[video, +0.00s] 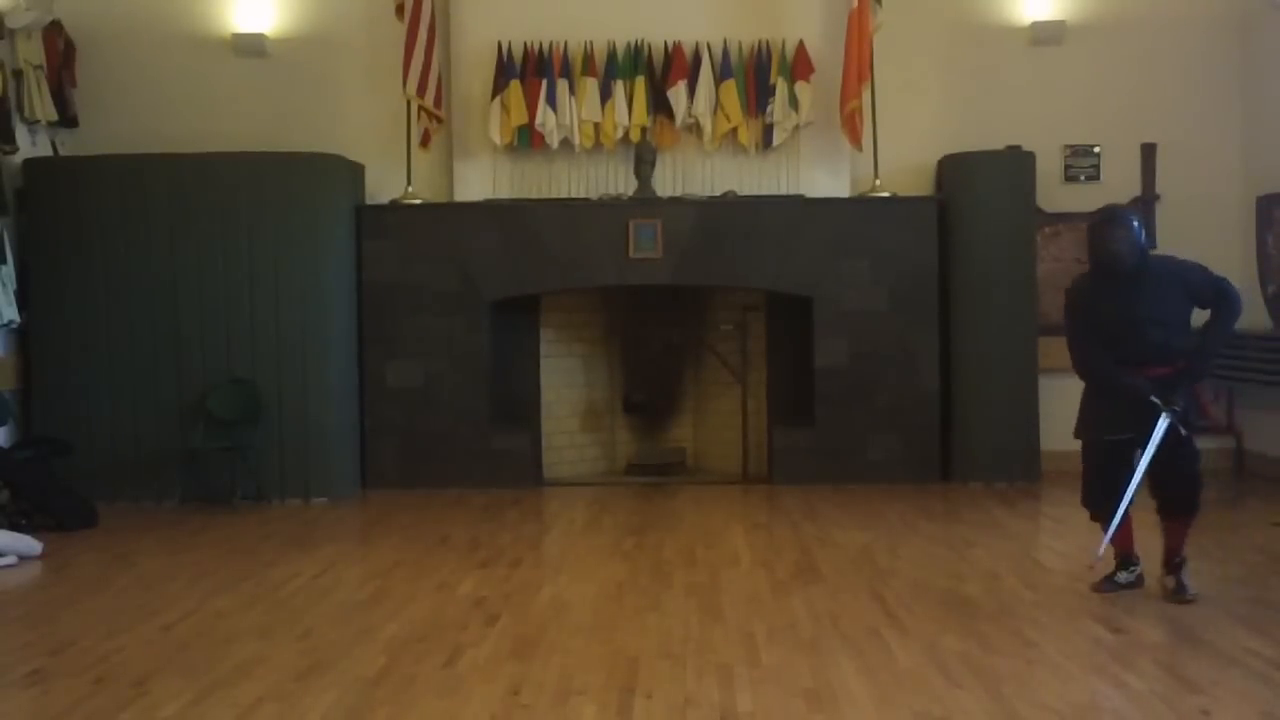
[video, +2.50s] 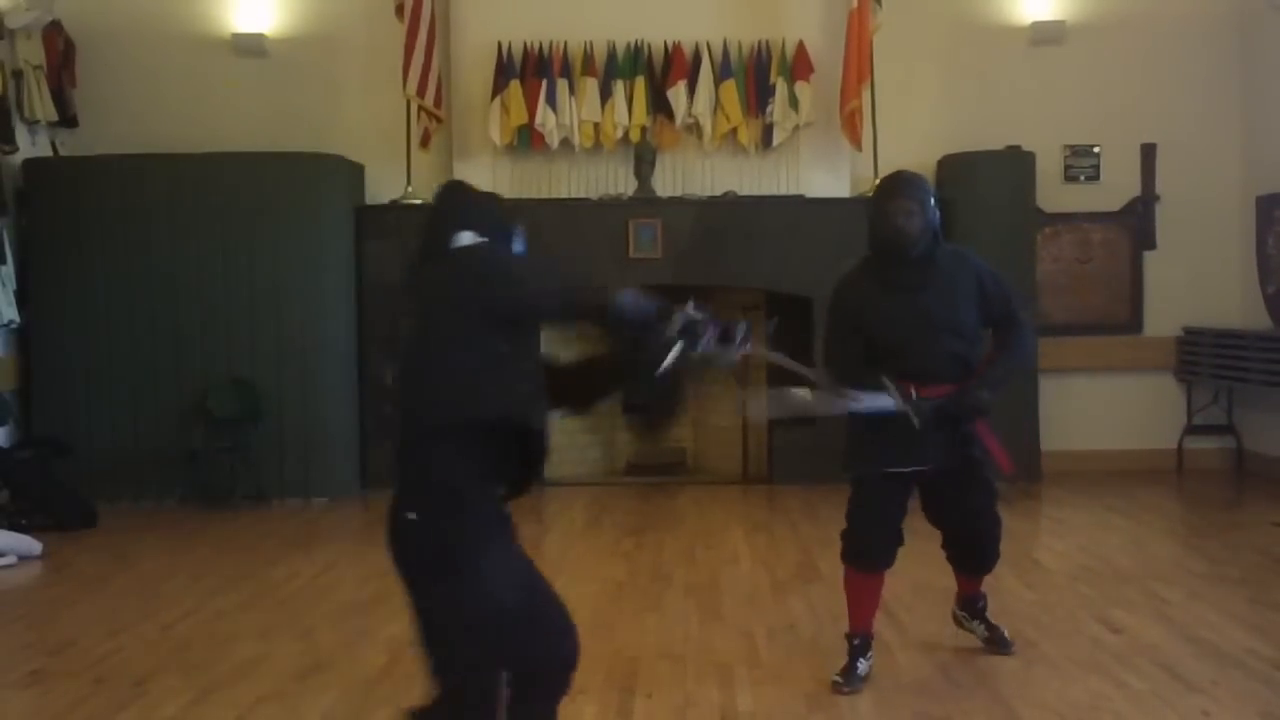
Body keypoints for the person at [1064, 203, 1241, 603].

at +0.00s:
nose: (1116, 250)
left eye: (1123, 240)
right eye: (1107, 242)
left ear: (1140, 239)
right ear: (1095, 246)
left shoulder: (1171, 274)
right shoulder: (1083, 293)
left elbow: (1228, 300)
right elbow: (1086, 362)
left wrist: (1193, 365)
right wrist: (1142, 389)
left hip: (1168, 398)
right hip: (1109, 401)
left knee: (1180, 487)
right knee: (1105, 490)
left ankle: (1174, 569)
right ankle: (1127, 566)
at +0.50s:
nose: (1092, 244)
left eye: (1102, 235)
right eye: (1084, 235)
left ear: (1124, 235)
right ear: (1073, 236)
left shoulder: (1155, 275)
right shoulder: (1059, 284)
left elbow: (1201, 314)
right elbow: (1049, 357)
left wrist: (1172, 372)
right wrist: (1105, 398)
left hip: (1129, 404)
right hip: (1068, 401)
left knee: (1123, 500)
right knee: (1042, 493)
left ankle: (1119, 587)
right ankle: (1076, 549)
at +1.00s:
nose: (1024, 260)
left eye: (1029, 249)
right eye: (1012, 252)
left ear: (1046, 245)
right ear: (996, 255)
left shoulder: (1075, 291)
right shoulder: (980, 305)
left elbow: (1118, 330)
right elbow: (978, 387)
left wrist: (1095, 394)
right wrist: (1035, 426)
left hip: (1064, 419)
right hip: (998, 419)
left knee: (1096, 514)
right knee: (960, 506)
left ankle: (1110, 587)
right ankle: (942, 610)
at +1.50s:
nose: (945, 238)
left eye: (953, 227)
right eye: (935, 229)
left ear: (973, 225)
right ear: (921, 232)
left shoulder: (1008, 267)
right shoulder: (908, 285)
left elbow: (1055, 313)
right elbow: (902, 365)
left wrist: (1019, 387)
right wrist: (958, 412)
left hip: (1004, 408)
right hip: (936, 410)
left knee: (1007, 509)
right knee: (931, 514)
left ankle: (993, 609)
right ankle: (940, 613)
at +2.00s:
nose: (935, 227)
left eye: (946, 217)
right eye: (927, 217)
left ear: (970, 219)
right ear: (915, 221)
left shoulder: (1010, 267)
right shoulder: (903, 280)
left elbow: (1060, 323)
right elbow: (893, 362)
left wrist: (1018, 390)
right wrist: (949, 417)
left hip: (994, 410)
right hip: (924, 408)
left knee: (989, 521)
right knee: (889, 512)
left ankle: (976, 622)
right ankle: (871, 626)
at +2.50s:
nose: (900, 224)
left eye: (911, 214)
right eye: (891, 214)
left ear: (934, 217)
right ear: (874, 219)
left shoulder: (965, 274)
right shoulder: (857, 288)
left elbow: (1016, 333)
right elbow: (841, 365)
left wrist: (985, 387)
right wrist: (880, 389)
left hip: (952, 425)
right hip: (882, 429)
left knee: (976, 527)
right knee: (868, 535)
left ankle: (970, 610)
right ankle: (859, 647)